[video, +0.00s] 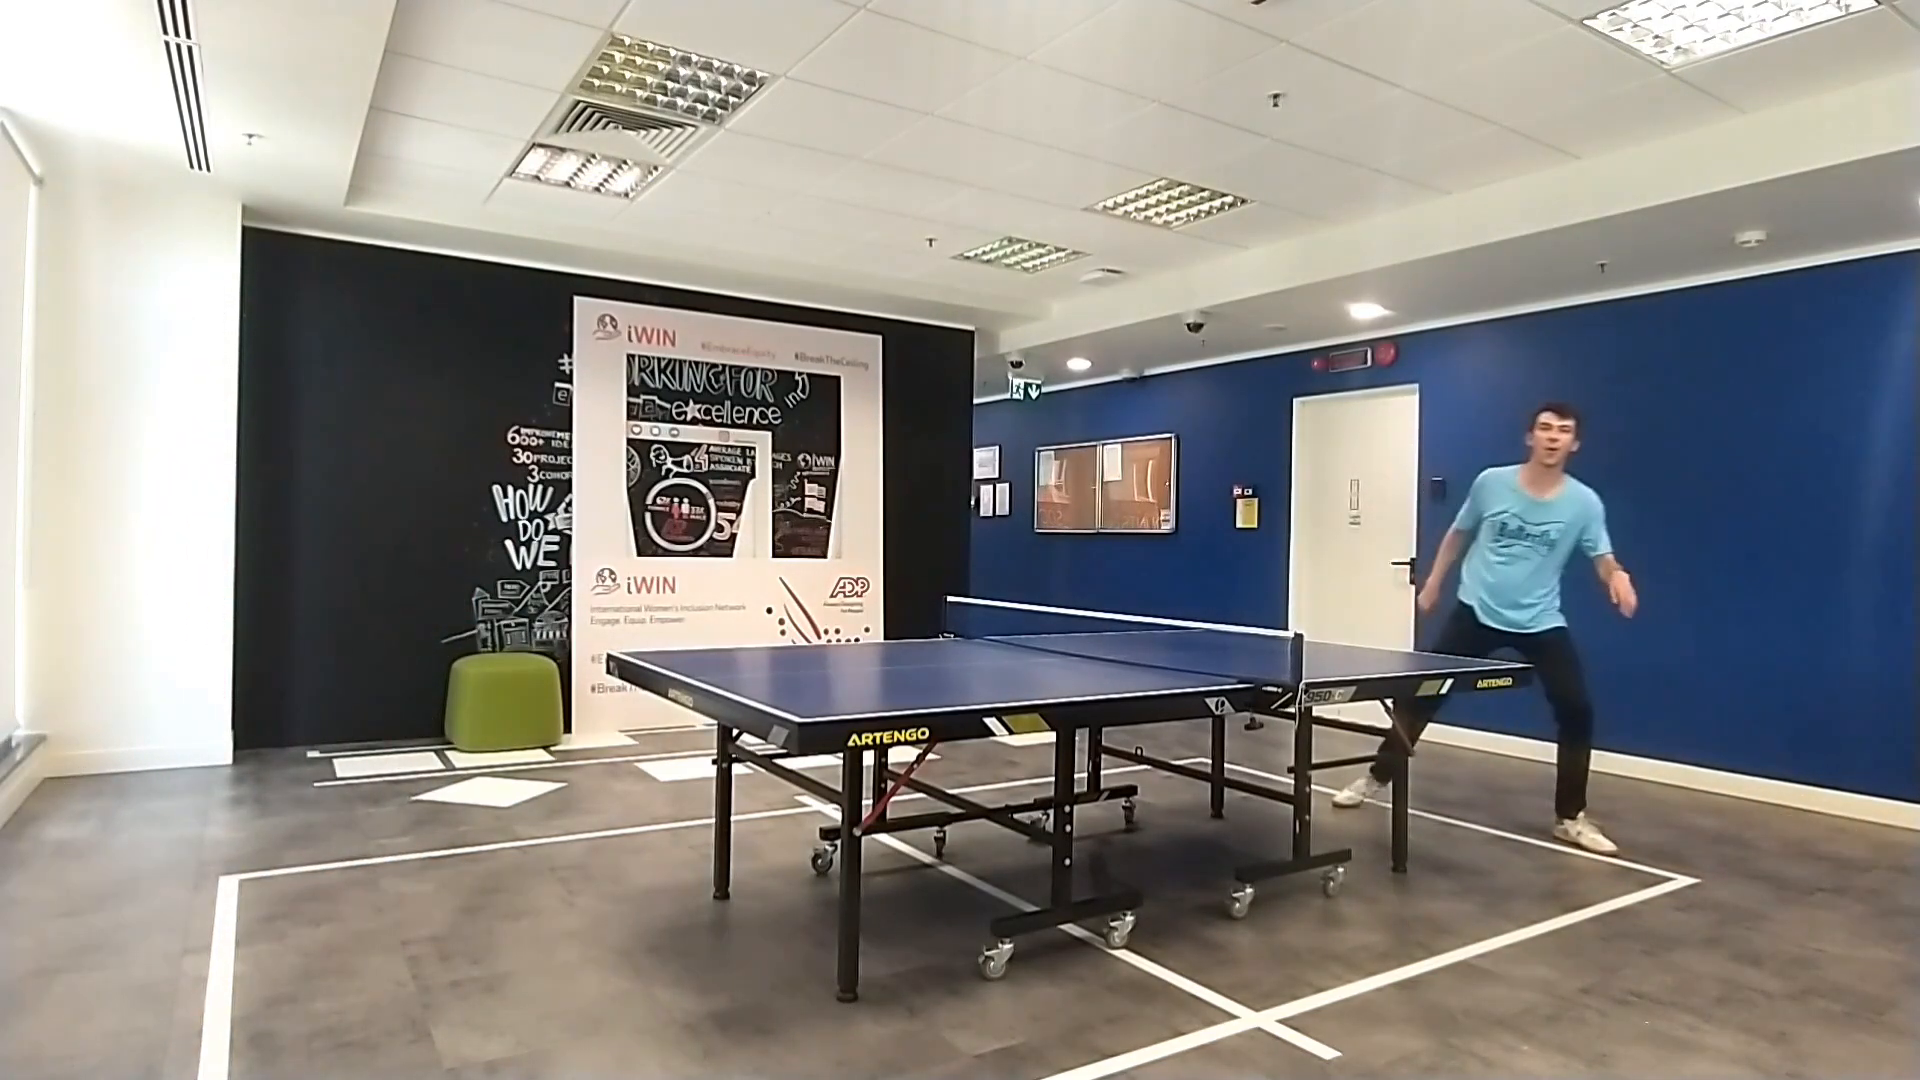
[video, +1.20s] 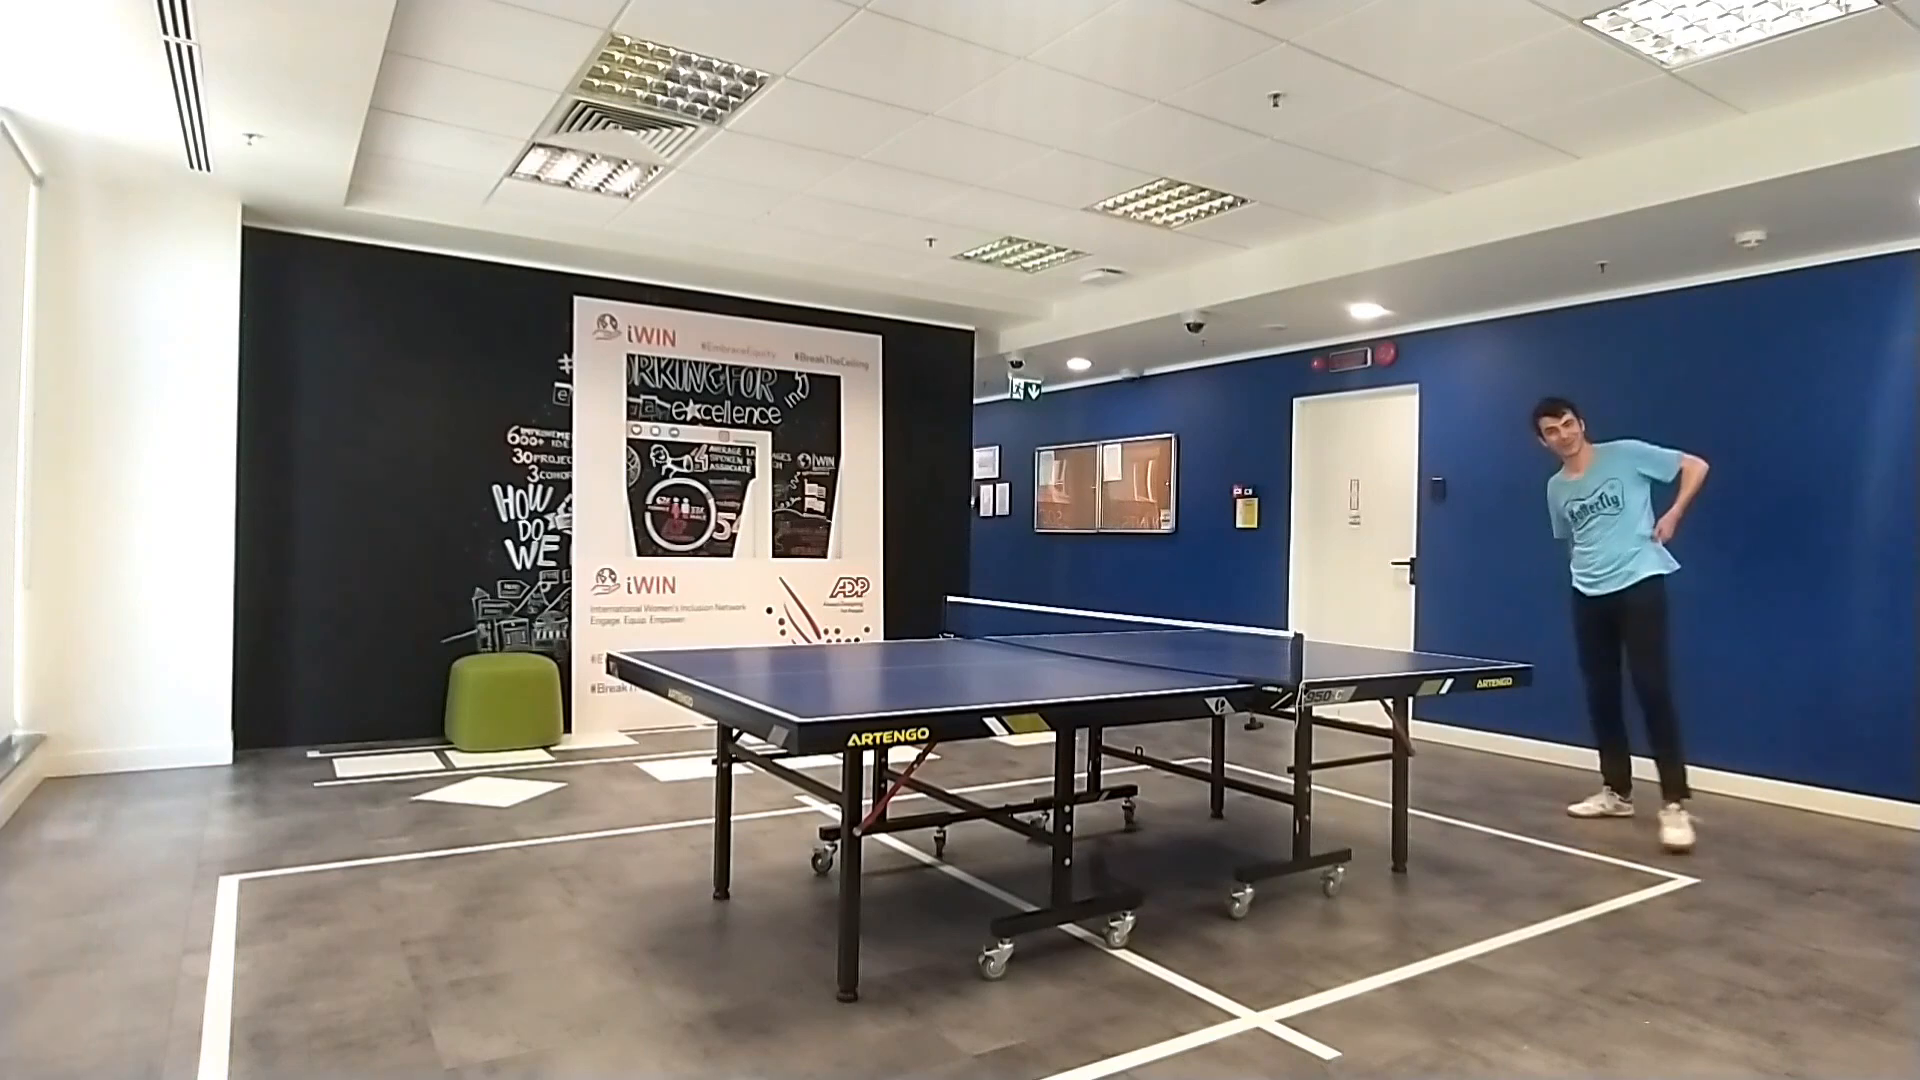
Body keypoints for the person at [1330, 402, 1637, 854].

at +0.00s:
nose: (1554, 437)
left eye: (1563, 431)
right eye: (1546, 429)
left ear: (1574, 442)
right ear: (1530, 436)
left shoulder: (1585, 503)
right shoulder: (1491, 482)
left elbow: (1603, 557)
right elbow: (1457, 533)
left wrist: (1615, 577)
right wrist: (1432, 584)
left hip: (1540, 621)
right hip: (1476, 612)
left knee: (1577, 709)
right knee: (1422, 693)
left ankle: (1570, 818)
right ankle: (1374, 780)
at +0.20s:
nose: (1598, 429)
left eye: (1608, 423)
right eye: (1590, 419)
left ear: (1617, 433)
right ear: (1572, 422)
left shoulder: (1623, 490)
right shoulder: (1531, 463)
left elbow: (1636, 552)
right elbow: (1498, 508)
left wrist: (1629, 582)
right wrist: (1475, 559)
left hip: (1568, 606)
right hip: (1506, 592)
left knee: (1581, 703)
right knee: (1464, 679)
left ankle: (1572, 816)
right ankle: (1437, 778)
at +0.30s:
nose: (1607, 423)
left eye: (1618, 418)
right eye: (1600, 413)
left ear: (1628, 429)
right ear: (1582, 417)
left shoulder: (1633, 486)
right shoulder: (1541, 458)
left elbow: (1645, 550)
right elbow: (1511, 503)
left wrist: (1624, 582)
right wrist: (1488, 551)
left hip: (1577, 604)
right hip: (1517, 589)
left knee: (1579, 706)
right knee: (1485, 679)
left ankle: (1571, 815)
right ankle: (1487, 776)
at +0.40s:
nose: (1611, 417)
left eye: (1621, 412)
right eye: (1603, 408)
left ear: (1630, 422)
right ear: (1585, 413)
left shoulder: (1637, 480)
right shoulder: (1545, 457)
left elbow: (1650, 547)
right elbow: (1520, 505)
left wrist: (1620, 578)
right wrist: (1500, 550)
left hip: (1587, 605)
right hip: (1528, 590)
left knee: (1583, 707)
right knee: (1501, 681)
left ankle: (1572, 814)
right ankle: (1534, 766)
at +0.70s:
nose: (1587, 414)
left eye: (1596, 408)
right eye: (1579, 407)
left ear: (1607, 416)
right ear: (1563, 415)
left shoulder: (1631, 466)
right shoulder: (1548, 469)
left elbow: (1679, 518)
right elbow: (1544, 532)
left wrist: (1643, 559)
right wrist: (1535, 589)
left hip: (1605, 607)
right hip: (1554, 603)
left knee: (1589, 705)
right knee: (1556, 700)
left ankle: (1572, 814)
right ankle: (1603, 775)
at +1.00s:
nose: (1556, 431)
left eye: (1560, 421)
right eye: (1546, 428)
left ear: (1576, 422)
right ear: (1540, 440)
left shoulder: (1622, 459)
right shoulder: (1552, 485)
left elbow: (1688, 487)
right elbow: (1564, 542)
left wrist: (1664, 540)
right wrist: (1571, 583)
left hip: (1626, 595)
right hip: (1578, 601)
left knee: (1617, 695)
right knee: (1590, 697)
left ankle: (1617, 809)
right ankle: (1612, 791)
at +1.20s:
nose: (1562, 433)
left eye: (1566, 423)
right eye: (1551, 430)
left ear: (1580, 423)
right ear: (1544, 441)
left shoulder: (1623, 454)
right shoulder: (1556, 488)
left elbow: (1695, 466)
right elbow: (1569, 543)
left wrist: (1673, 515)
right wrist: (1586, 574)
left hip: (1640, 583)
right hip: (1590, 594)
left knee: (1651, 688)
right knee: (1602, 692)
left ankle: (1674, 805)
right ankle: (1617, 793)